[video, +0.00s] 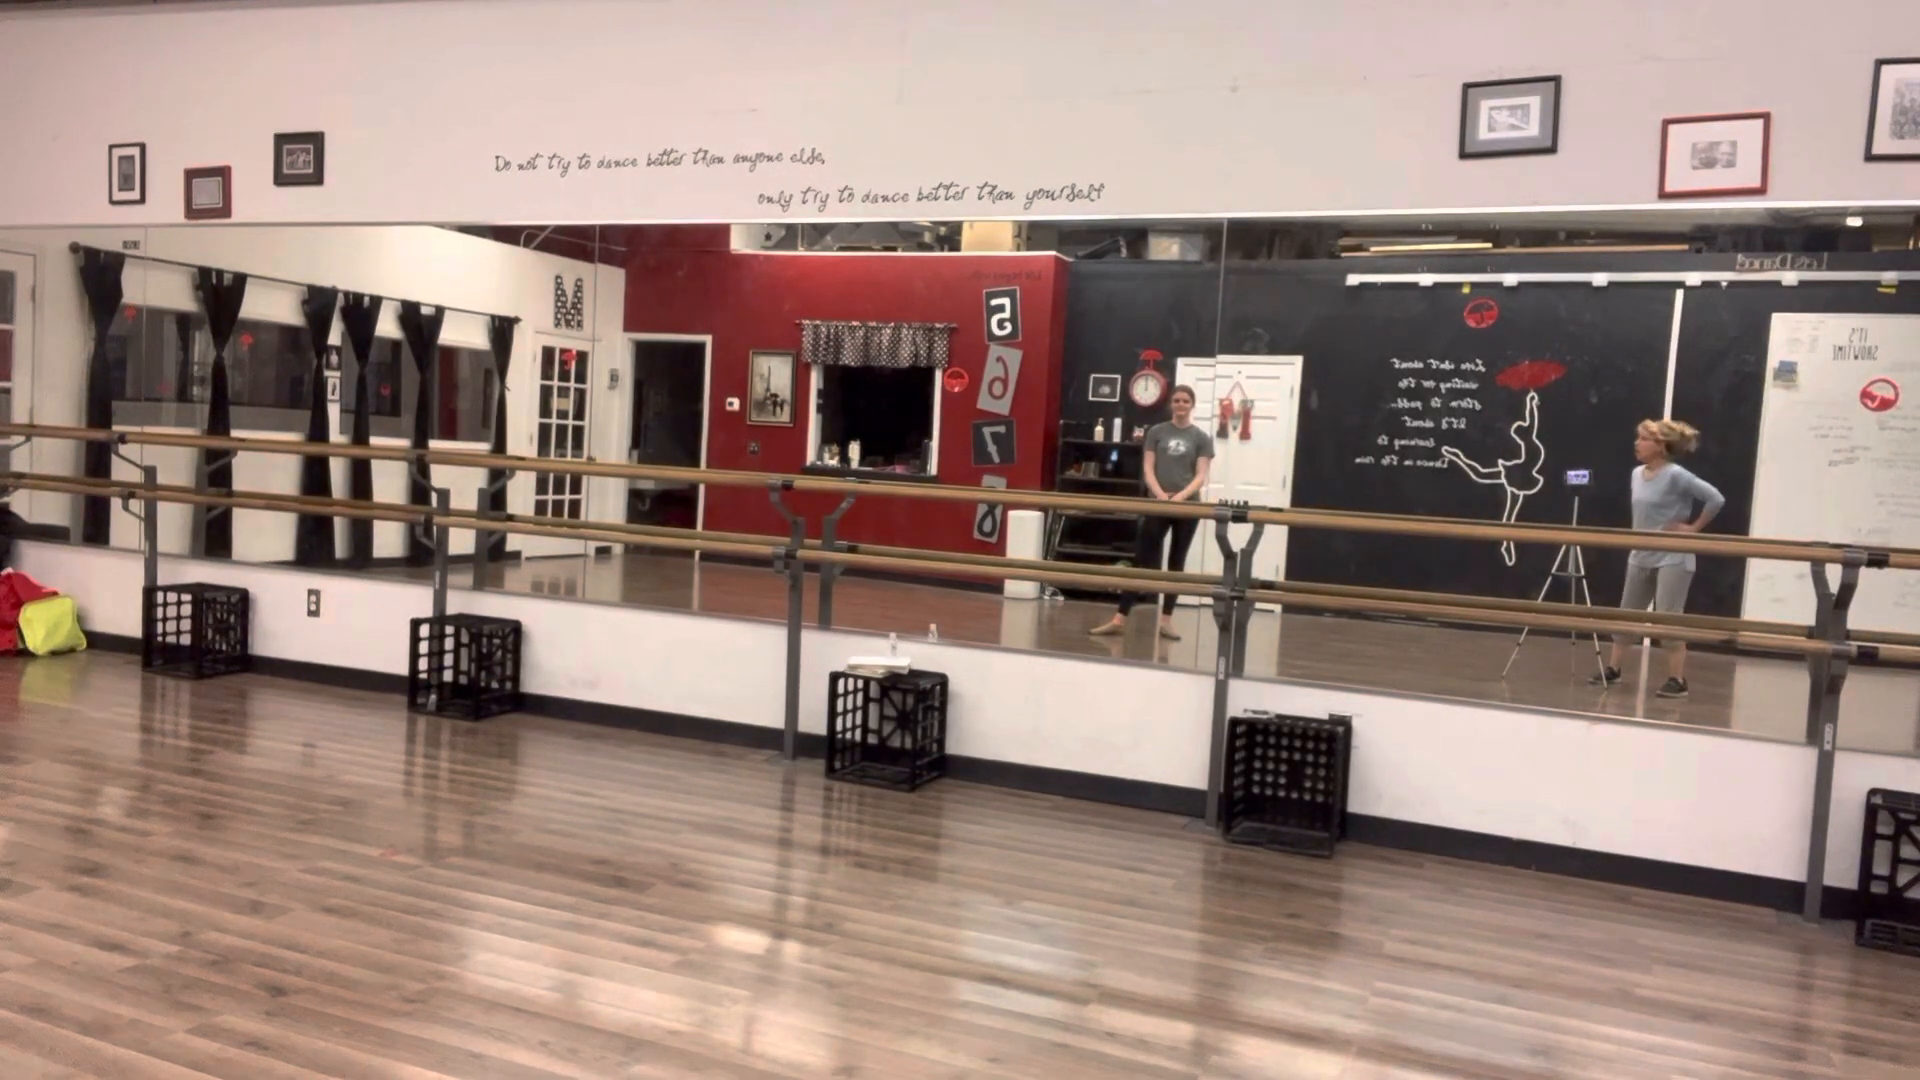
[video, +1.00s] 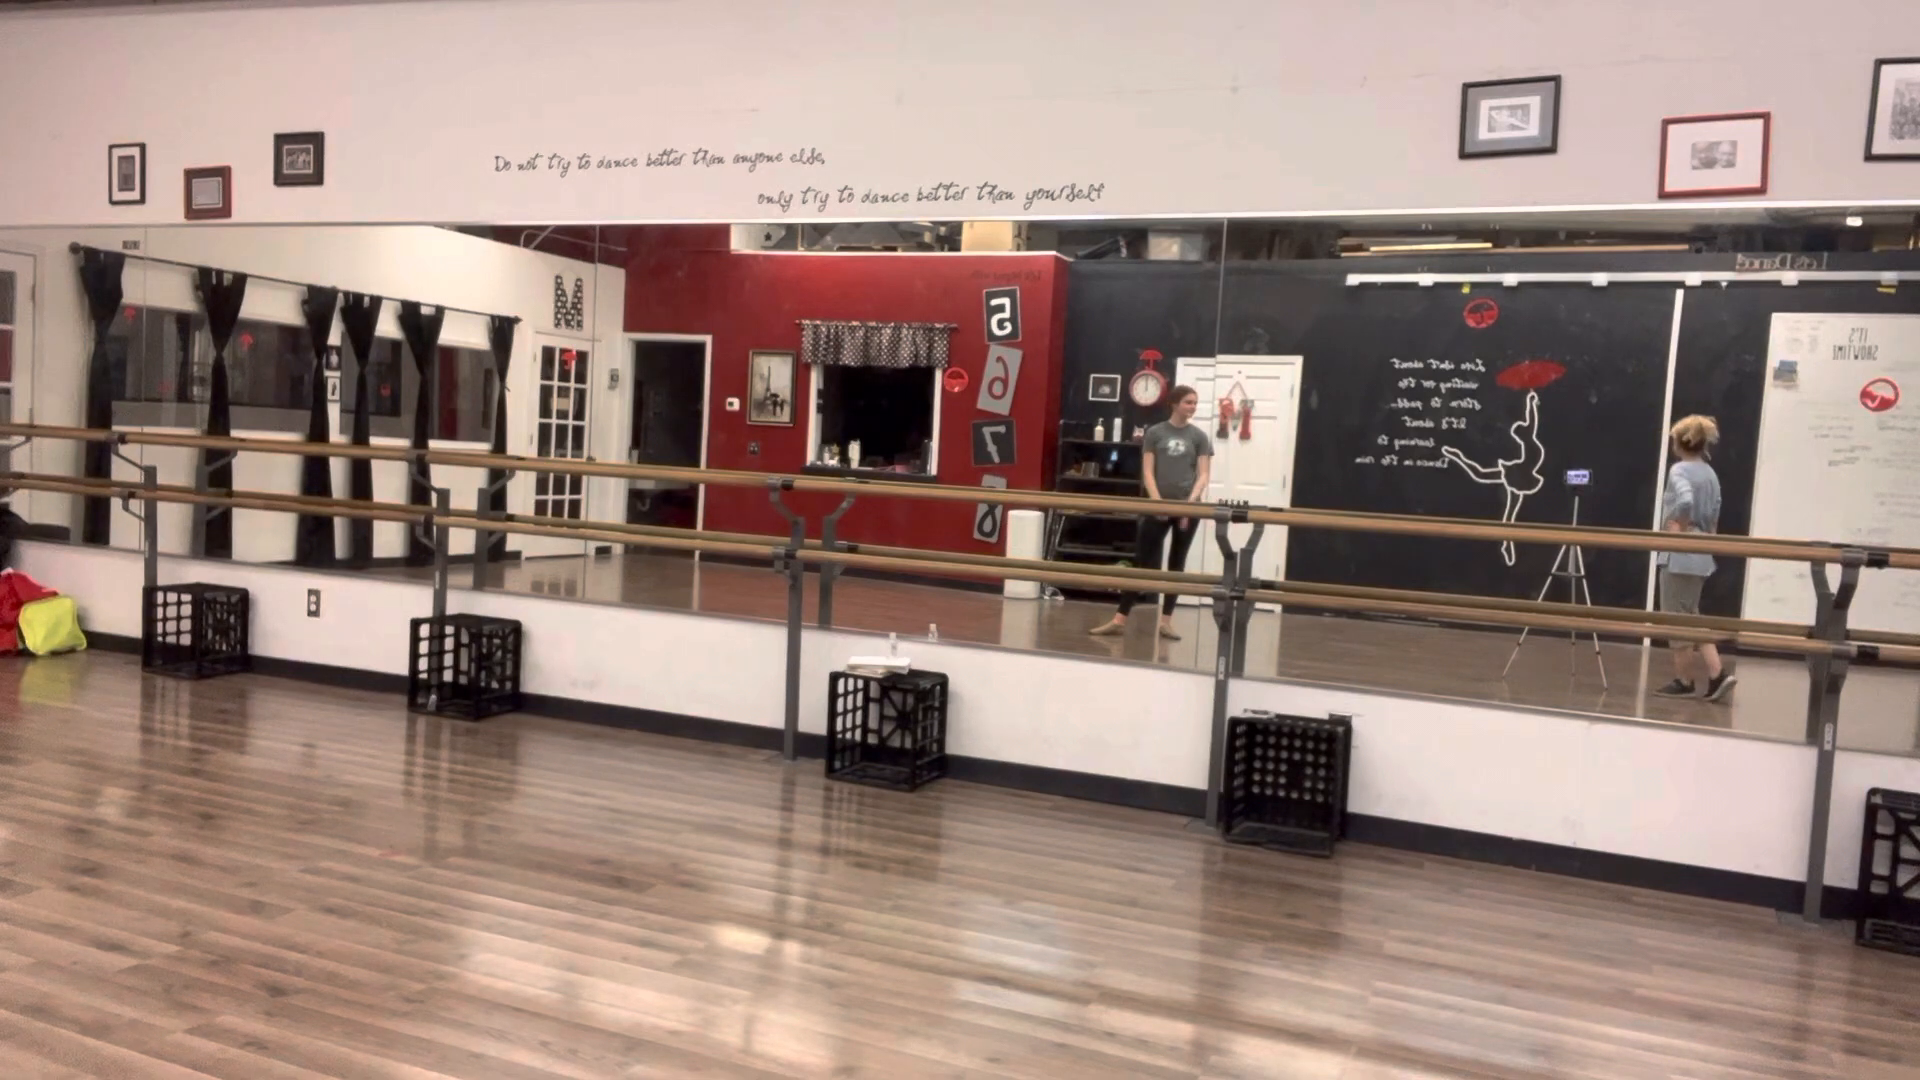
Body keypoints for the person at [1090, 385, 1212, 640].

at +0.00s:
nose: (1180, 405)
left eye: (1185, 401)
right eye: (1177, 401)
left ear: (1192, 405)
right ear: (1170, 404)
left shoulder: (1202, 438)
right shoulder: (1155, 432)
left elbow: (1201, 475)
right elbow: (1148, 469)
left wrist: (1182, 495)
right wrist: (1160, 494)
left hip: (1187, 503)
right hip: (1158, 500)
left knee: (1177, 560)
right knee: (1143, 555)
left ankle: (1166, 618)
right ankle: (1120, 616)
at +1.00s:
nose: (1192, 407)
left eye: (1195, 403)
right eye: (1188, 403)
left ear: (1195, 406)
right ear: (1174, 404)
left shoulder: (1200, 437)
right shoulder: (1154, 432)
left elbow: (1203, 476)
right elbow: (1148, 473)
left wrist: (1188, 505)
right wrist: (1158, 503)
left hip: (1187, 507)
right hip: (1158, 505)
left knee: (1176, 564)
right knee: (1142, 559)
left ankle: (1166, 620)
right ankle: (1120, 617)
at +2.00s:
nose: (1189, 407)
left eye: (1192, 403)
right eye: (1185, 402)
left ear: (1194, 406)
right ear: (1173, 403)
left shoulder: (1199, 437)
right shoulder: (1152, 433)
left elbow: (1209, 474)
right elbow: (1141, 472)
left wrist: (1217, 502)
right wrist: (1131, 507)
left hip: (1186, 509)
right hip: (1155, 506)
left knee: (1175, 564)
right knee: (1141, 560)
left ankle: (1165, 620)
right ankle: (1120, 618)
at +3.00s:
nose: (1180, 403)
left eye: (1185, 400)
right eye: (1176, 399)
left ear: (1192, 405)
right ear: (1170, 403)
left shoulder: (1202, 436)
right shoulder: (1155, 433)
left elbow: (1217, 473)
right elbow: (1140, 471)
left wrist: (1227, 507)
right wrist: (1123, 507)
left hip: (1187, 509)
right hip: (1156, 506)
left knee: (1176, 563)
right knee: (1141, 559)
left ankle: (1165, 620)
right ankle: (1120, 618)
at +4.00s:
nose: (1177, 403)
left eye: (1182, 399)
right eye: (1173, 399)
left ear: (1190, 404)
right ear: (1168, 403)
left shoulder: (1201, 436)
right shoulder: (1154, 432)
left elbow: (1215, 474)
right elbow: (1138, 471)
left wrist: (1225, 507)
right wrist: (1121, 508)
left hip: (1186, 509)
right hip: (1154, 506)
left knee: (1175, 564)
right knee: (1141, 559)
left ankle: (1165, 620)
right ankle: (1120, 618)